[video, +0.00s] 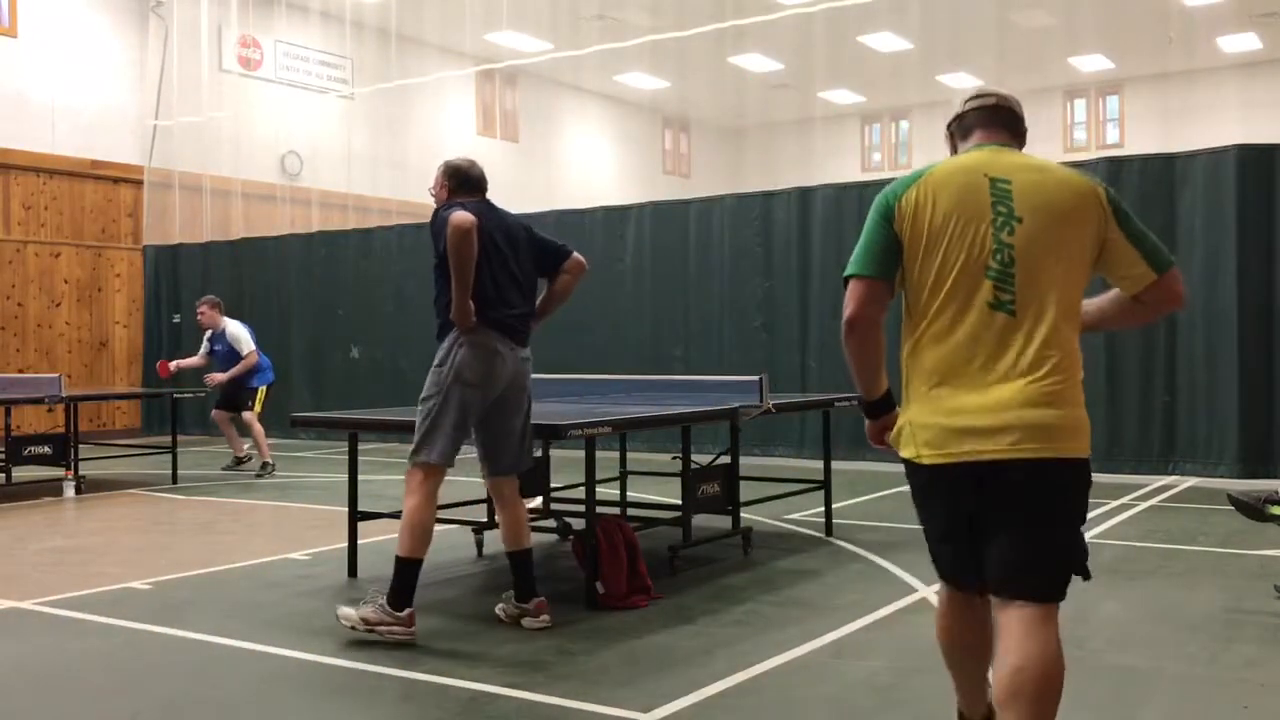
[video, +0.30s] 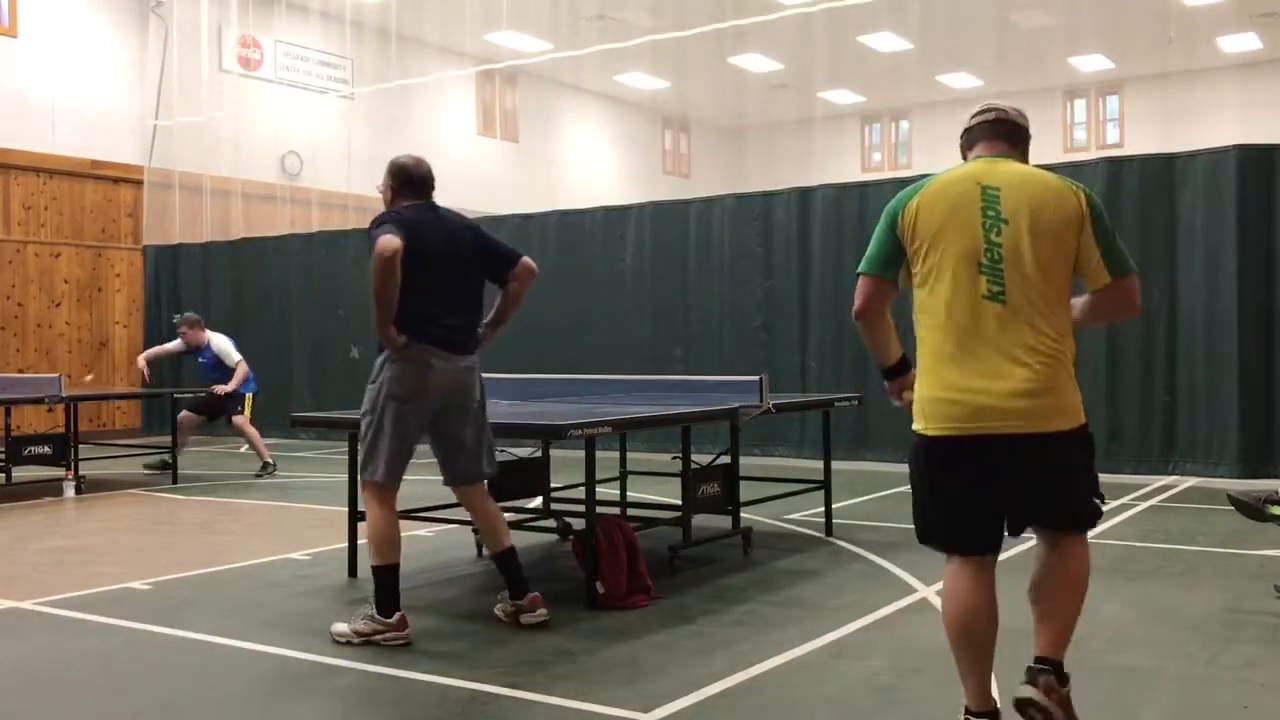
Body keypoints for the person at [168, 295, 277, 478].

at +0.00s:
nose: (198, 318)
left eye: (202, 313)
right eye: (198, 314)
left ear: (215, 312)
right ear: (209, 314)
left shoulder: (235, 329)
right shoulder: (210, 335)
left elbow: (252, 358)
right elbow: (202, 359)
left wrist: (224, 376)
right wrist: (178, 364)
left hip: (257, 376)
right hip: (235, 377)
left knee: (248, 416)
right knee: (219, 415)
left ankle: (267, 461)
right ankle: (240, 455)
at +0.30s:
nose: (181, 338)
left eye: (184, 334)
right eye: (180, 335)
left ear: (197, 330)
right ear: (191, 332)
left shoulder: (219, 342)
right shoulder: (190, 343)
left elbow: (243, 367)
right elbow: (164, 349)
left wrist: (229, 386)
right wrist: (143, 357)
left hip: (242, 389)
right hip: (219, 389)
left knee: (239, 421)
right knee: (184, 418)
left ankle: (268, 462)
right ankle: (172, 459)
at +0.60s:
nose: (158, 344)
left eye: (161, 341)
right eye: (157, 341)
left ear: (174, 341)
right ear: (165, 341)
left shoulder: (195, 352)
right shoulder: (161, 352)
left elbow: (226, 373)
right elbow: (128, 352)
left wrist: (236, 396)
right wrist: (113, 332)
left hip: (215, 397)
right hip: (188, 399)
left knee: (229, 424)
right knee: (159, 417)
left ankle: (264, 461)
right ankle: (164, 462)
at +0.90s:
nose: (169, 322)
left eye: (173, 318)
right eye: (169, 318)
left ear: (187, 319)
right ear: (183, 321)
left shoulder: (208, 337)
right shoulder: (183, 342)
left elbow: (231, 363)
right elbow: (180, 364)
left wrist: (221, 391)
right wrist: (154, 367)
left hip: (230, 389)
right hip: (206, 390)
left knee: (237, 422)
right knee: (173, 413)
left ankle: (269, 461)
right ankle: (169, 459)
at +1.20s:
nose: (156, 320)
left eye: (158, 315)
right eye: (156, 316)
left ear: (171, 314)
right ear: (171, 315)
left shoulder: (187, 329)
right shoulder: (184, 332)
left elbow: (185, 360)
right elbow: (192, 370)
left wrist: (152, 373)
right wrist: (172, 386)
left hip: (221, 385)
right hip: (204, 386)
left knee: (236, 418)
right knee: (176, 414)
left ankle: (265, 457)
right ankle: (186, 458)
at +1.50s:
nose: (137, 311)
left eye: (138, 306)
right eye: (136, 306)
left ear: (149, 305)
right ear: (154, 305)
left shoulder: (160, 320)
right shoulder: (170, 318)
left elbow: (161, 350)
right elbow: (179, 352)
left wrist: (142, 376)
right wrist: (167, 373)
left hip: (184, 374)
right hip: (185, 372)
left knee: (179, 414)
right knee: (179, 414)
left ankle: (186, 458)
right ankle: (184, 457)